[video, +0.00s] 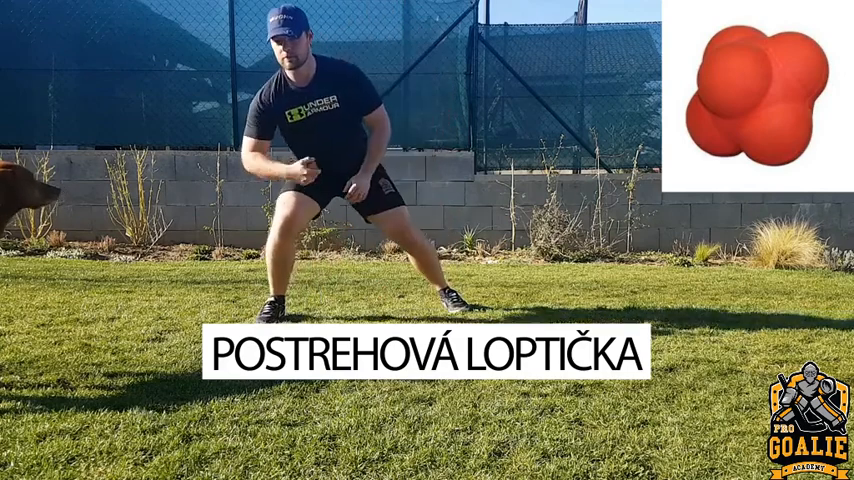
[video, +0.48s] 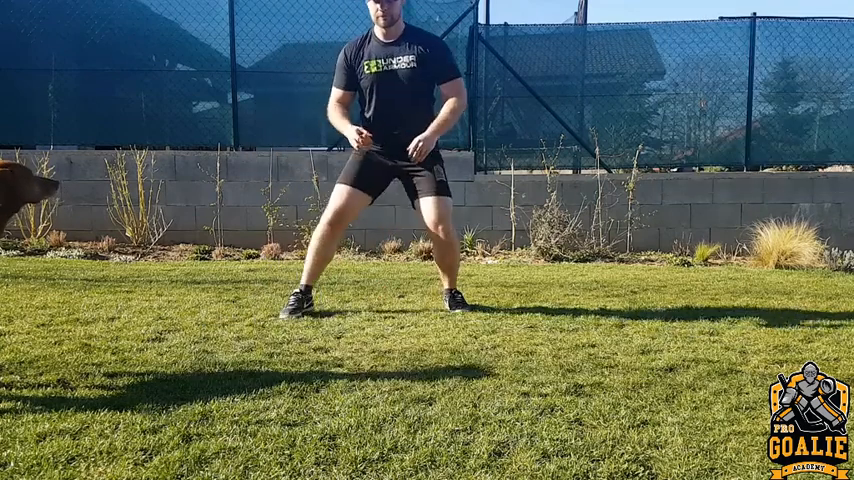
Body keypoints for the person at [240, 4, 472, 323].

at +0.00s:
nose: (285, 48)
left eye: (292, 38)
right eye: (278, 41)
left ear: (309, 37)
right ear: (271, 45)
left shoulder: (345, 75)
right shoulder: (267, 99)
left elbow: (380, 125)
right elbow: (251, 158)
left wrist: (365, 172)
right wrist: (288, 171)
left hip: (361, 168)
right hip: (312, 175)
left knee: (406, 235)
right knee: (283, 223)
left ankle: (446, 291)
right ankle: (276, 301)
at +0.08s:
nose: (293, 41)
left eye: (299, 32)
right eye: (286, 34)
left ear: (316, 31)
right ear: (279, 38)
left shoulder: (352, 70)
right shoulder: (273, 93)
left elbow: (387, 121)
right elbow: (258, 149)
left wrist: (369, 169)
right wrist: (290, 175)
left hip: (365, 165)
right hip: (316, 172)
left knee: (409, 234)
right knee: (288, 219)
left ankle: (446, 291)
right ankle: (276, 301)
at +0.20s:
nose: (323, 24)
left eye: (330, 15)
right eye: (316, 18)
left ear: (345, 17)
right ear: (309, 24)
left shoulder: (377, 61)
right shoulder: (297, 77)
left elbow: (407, 114)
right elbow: (282, 131)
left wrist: (385, 158)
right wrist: (302, 164)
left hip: (382, 157)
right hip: (332, 163)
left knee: (420, 230)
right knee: (301, 221)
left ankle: (448, 291)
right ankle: (277, 300)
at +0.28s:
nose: (341, 15)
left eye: (348, 7)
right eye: (334, 9)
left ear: (362, 11)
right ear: (327, 17)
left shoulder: (392, 56)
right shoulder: (315, 69)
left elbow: (420, 112)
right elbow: (296, 122)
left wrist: (395, 152)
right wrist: (313, 155)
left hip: (393, 157)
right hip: (344, 162)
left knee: (426, 227)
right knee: (312, 219)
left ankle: (449, 291)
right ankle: (279, 299)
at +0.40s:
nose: (372, 7)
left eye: (379, 1)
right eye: (365, 2)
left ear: (392, 4)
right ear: (358, 7)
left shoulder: (422, 49)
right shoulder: (344, 57)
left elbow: (446, 104)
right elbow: (325, 111)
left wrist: (421, 139)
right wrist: (338, 136)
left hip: (416, 151)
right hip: (366, 151)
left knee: (438, 228)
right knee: (326, 219)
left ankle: (451, 290)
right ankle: (288, 295)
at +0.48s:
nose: (382, 7)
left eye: (389, 1)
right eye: (376, 2)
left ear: (402, 3)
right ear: (368, 6)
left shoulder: (430, 46)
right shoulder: (353, 51)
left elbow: (457, 98)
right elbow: (336, 106)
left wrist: (432, 133)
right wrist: (348, 130)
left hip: (421, 150)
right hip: (373, 150)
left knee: (440, 228)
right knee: (333, 216)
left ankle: (452, 291)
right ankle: (303, 292)